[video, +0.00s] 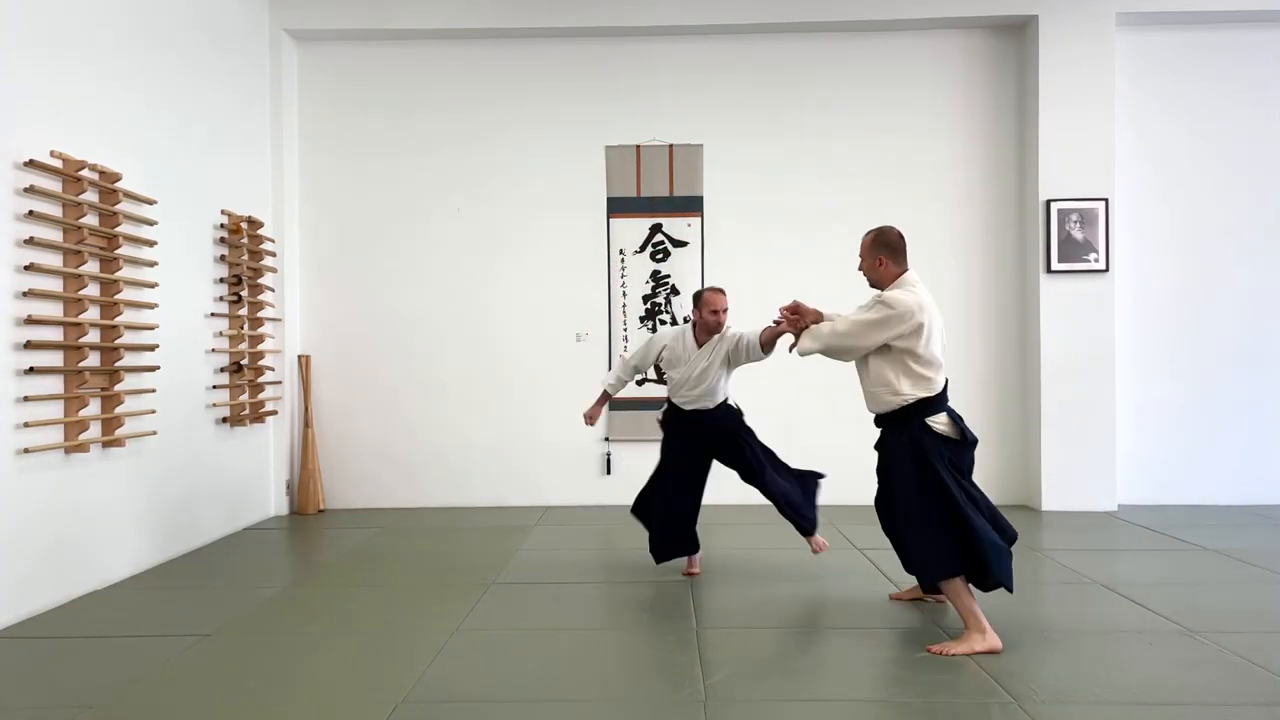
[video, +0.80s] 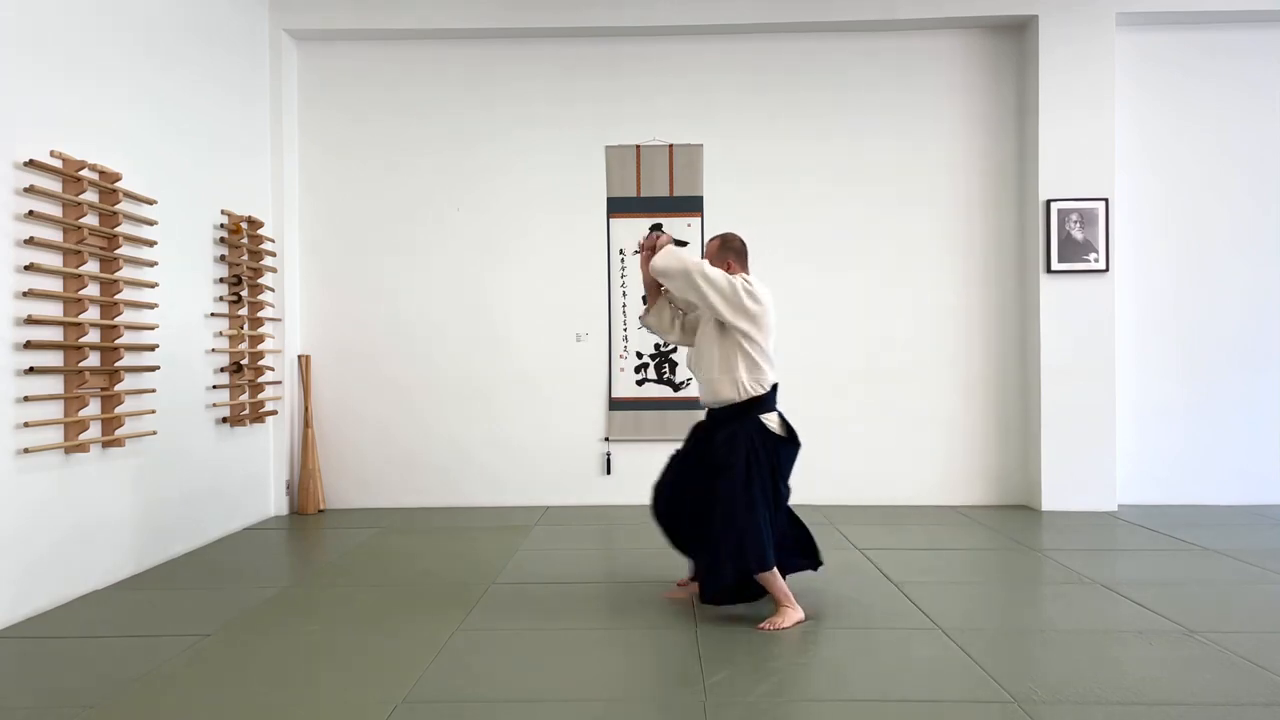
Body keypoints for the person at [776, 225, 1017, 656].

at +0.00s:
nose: (862, 269)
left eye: (864, 261)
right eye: (862, 261)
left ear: (881, 262)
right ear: (895, 261)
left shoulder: (899, 304)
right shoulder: (906, 296)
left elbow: (848, 339)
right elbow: (860, 325)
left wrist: (806, 331)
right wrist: (819, 317)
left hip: (916, 431)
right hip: (908, 426)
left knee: (925, 525)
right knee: (894, 508)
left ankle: (980, 632)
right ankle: (932, 583)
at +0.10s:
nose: (848, 266)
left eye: (851, 259)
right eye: (849, 258)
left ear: (871, 262)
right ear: (881, 261)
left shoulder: (892, 300)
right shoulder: (886, 295)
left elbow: (835, 328)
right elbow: (840, 330)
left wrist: (783, 329)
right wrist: (801, 319)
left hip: (908, 427)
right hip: (894, 425)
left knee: (921, 521)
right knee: (896, 511)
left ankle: (979, 628)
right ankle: (940, 584)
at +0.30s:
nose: (812, 270)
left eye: (815, 262)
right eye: (812, 262)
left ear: (836, 263)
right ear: (843, 262)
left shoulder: (857, 299)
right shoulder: (853, 295)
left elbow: (807, 324)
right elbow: (801, 330)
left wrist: (749, 324)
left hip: (873, 424)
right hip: (876, 418)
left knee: (849, 516)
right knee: (894, 507)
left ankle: (911, 596)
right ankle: (941, 587)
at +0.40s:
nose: (790, 274)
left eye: (793, 267)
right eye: (790, 266)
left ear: (811, 266)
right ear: (819, 265)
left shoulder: (832, 301)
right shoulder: (831, 295)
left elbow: (781, 327)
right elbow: (781, 317)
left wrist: (718, 328)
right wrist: (737, 299)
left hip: (856, 424)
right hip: (859, 419)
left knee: (812, 503)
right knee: (882, 507)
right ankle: (932, 585)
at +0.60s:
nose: (746, 270)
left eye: (749, 263)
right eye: (747, 263)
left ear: (767, 265)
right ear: (780, 265)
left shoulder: (781, 305)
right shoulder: (798, 300)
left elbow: (724, 309)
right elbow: (748, 351)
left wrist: (676, 295)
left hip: (793, 422)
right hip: (812, 416)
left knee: (759, 508)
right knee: (834, 503)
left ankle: (789, 605)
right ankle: (903, 567)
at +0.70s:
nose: (725, 272)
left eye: (729, 264)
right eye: (726, 265)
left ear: (748, 263)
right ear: (755, 263)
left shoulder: (764, 297)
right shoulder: (750, 302)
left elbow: (703, 296)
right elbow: (711, 352)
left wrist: (668, 272)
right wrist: (673, 324)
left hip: (776, 421)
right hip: (764, 419)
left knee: (749, 513)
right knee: (763, 505)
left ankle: (789, 606)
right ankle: (825, 558)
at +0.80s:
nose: (704, 269)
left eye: (709, 262)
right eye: (704, 263)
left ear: (729, 264)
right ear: (728, 266)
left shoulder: (748, 296)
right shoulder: (710, 310)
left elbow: (680, 268)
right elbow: (667, 322)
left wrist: (661, 250)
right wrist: (649, 275)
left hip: (751, 421)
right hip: (718, 421)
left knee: (739, 517)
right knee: (675, 500)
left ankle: (789, 606)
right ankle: (706, 574)